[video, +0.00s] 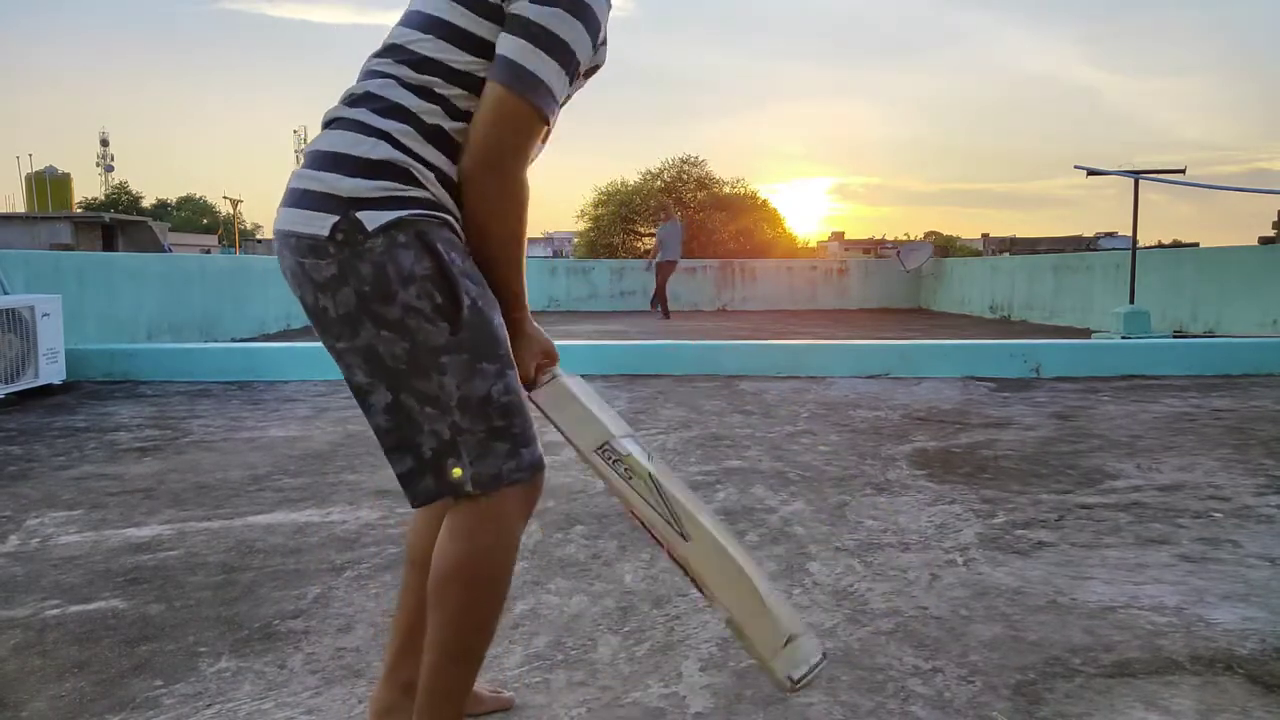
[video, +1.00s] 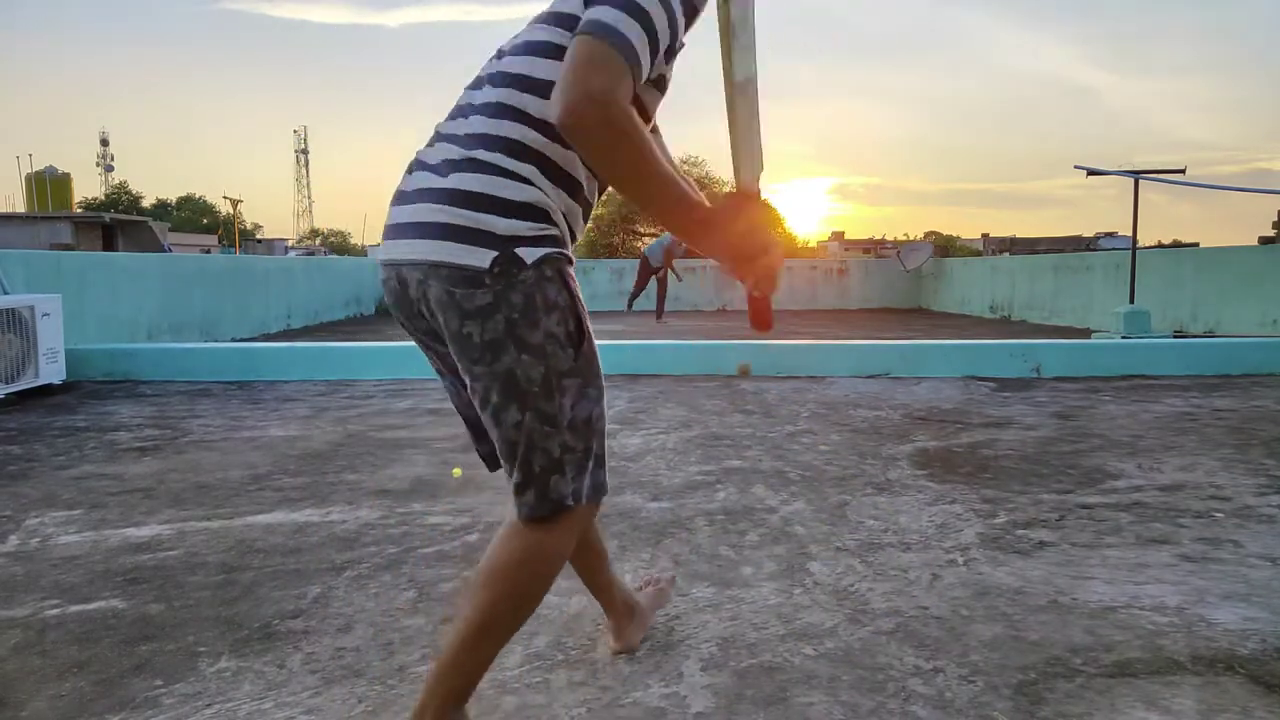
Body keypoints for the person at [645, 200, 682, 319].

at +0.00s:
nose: (662, 216)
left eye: (664, 213)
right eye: (661, 213)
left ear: (669, 214)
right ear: (660, 215)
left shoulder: (675, 224)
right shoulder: (661, 229)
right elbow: (656, 247)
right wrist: (650, 259)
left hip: (671, 257)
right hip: (661, 257)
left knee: (661, 282)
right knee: (660, 283)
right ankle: (665, 311)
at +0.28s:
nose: (667, 219)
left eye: (669, 218)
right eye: (666, 217)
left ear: (672, 222)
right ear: (663, 220)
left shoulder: (672, 232)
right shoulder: (660, 233)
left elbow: (674, 220)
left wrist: (673, 210)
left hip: (663, 263)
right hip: (652, 263)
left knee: (661, 291)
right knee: (653, 292)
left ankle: (660, 314)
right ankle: (663, 309)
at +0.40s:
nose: (675, 222)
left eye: (678, 220)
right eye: (674, 220)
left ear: (680, 224)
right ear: (671, 221)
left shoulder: (677, 236)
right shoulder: (664, 229)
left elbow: (677, 251)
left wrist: (669, 249)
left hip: (661, 264)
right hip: (649, 263)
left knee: (662, 290)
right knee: (651, 289)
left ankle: (660, 315)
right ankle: (659, 308)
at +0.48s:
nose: (680, 232)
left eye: (683, 232)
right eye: (681, 229)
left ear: (685, 236)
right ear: (678, 228)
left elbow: (671, 263)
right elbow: (668, 210)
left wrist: (665, 260)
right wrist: (675, 198)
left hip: (660, 264)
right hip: (647, 261)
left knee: (661, 291)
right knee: (648, 290)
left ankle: (659, 316)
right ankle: (651, 311)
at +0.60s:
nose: (685, 235)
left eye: (689, 235)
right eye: (685, 232)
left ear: (690, 238)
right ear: (683, 231)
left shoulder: (682, 251)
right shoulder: (673, 235)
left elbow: (669, 260)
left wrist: (657, 264)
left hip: (660, 264)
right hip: (647, 259)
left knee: (661, 290)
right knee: (638, 286)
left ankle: (659, 317)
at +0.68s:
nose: (686, 237)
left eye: (688, 235)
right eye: (686, 234)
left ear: (690, 237)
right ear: (682, 232)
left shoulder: (682, 245)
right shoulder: (672, 240)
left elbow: (679, 255)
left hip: (661, 260)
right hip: (647, 257)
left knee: (662, 286)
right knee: (635, 282)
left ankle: (659, 316)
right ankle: (620, 308)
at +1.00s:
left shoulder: (681, 246)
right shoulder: (668, 241)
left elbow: (669, 258)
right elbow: (668, 261)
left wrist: (664, 269)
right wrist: (677, 275)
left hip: (662, 264)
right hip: (648, 260)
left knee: (662, 292)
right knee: (640, 286)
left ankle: (659, 317)